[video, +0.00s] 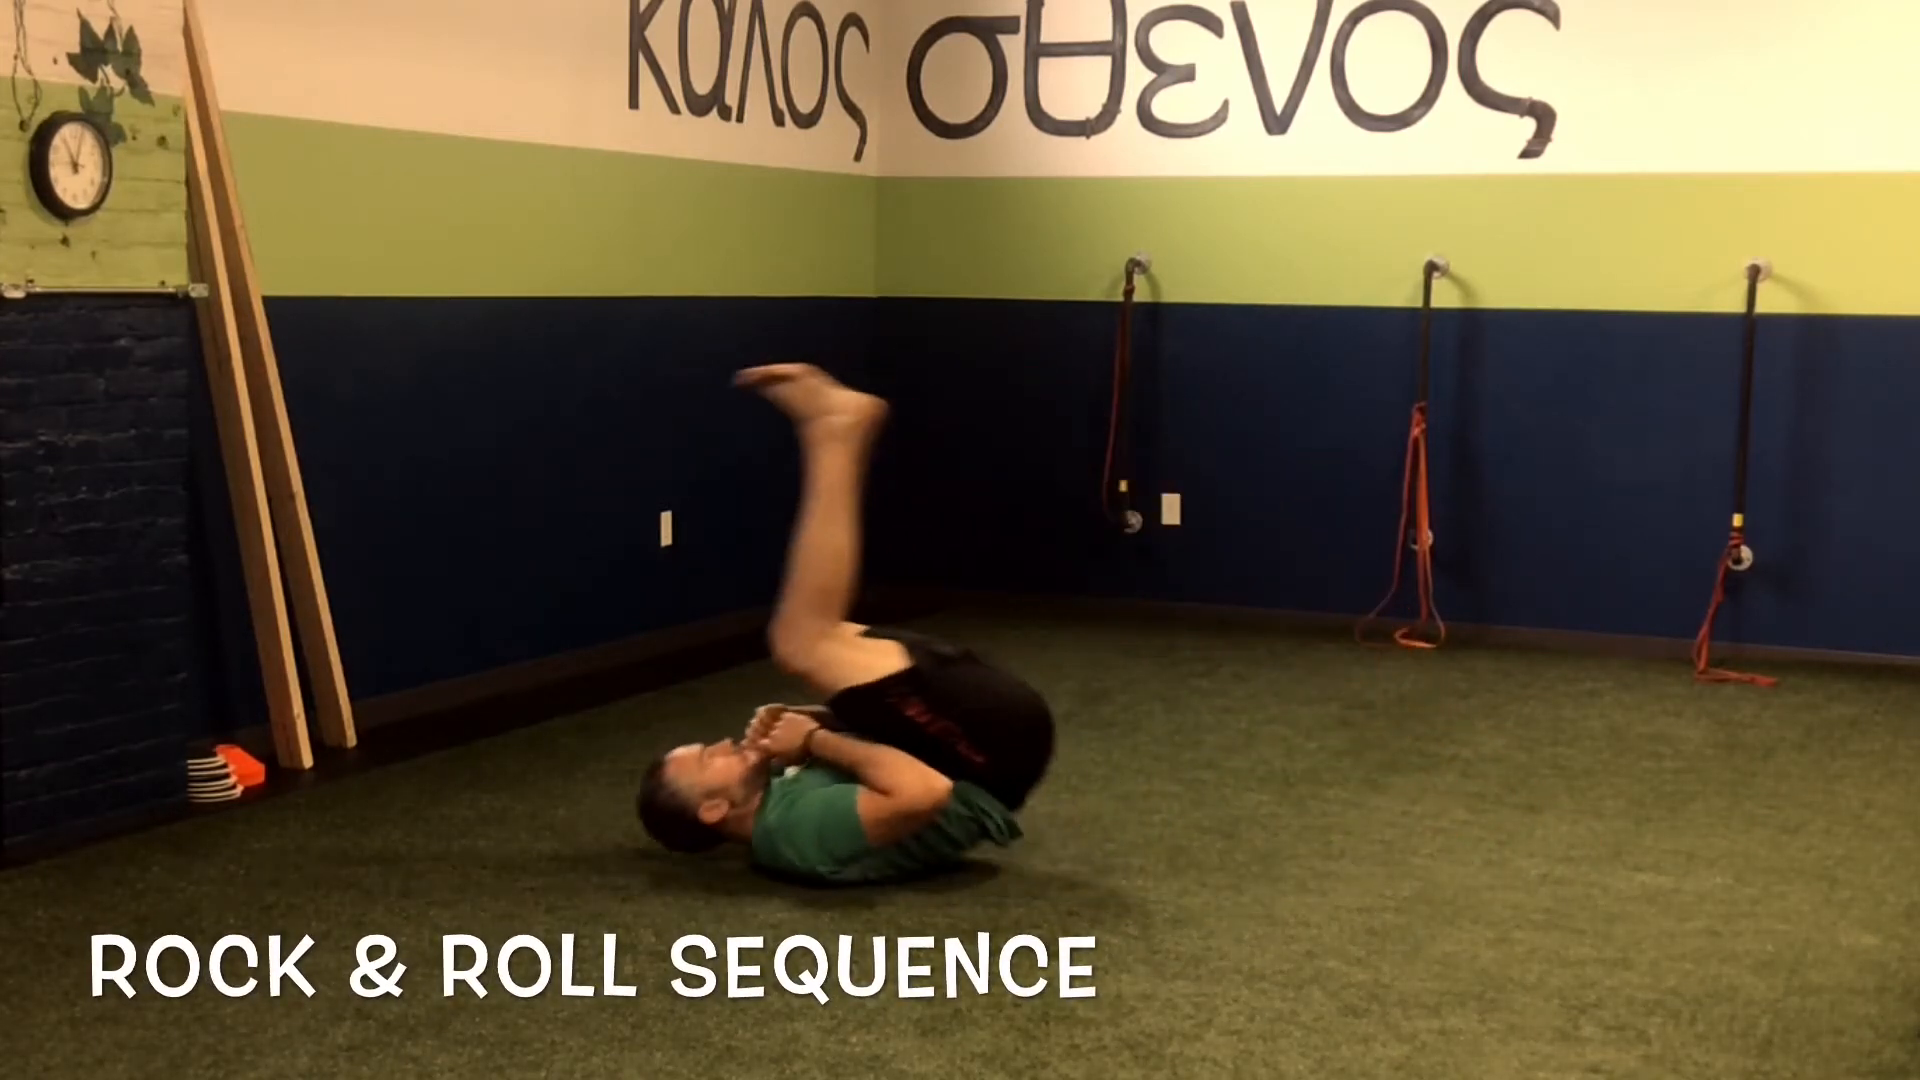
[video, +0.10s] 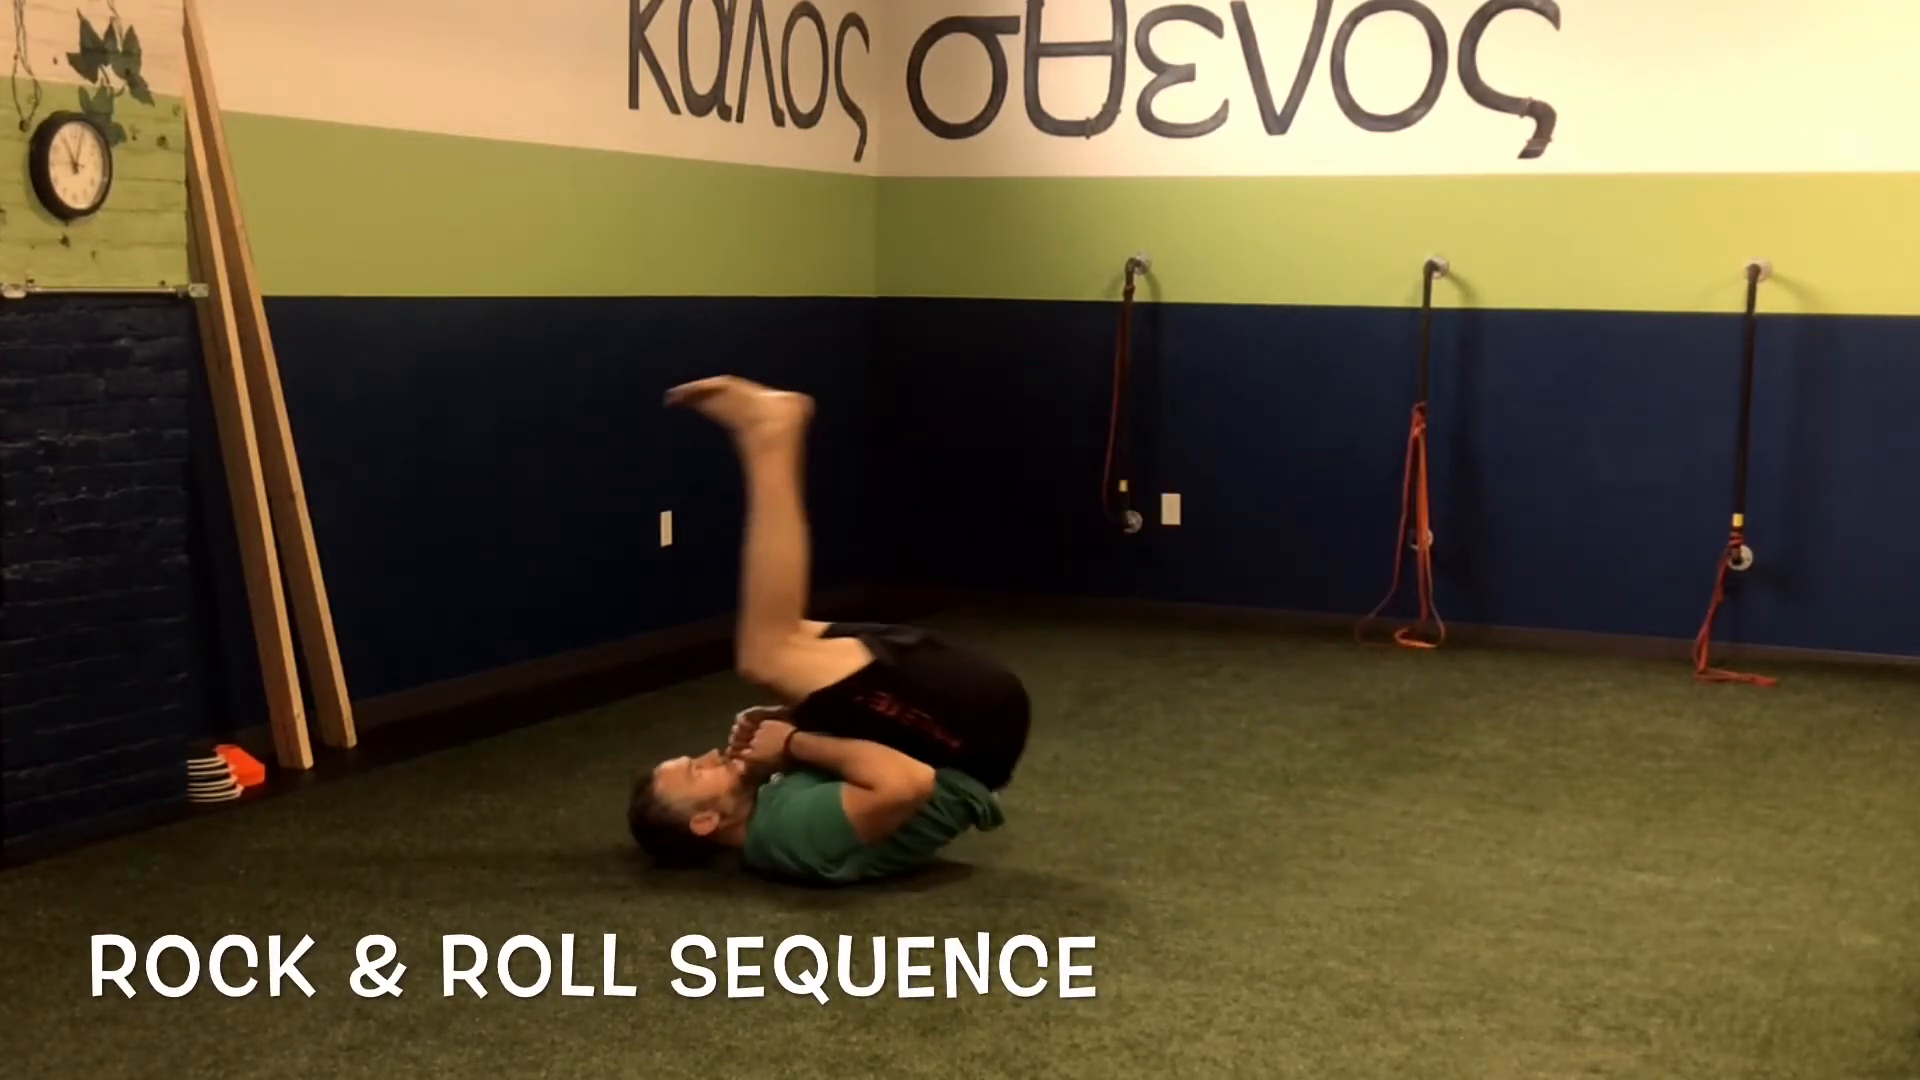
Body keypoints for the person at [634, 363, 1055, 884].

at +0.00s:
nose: (724, 743)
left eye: (705, 745)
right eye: (706, 755)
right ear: (716, 807)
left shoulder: (785, 803)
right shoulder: (792, 830)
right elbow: (925, 793)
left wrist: (799, 742)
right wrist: (814, 740)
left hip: (1005, 736)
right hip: (1001, 749)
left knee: (827, 635)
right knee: (801, 641)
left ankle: (840, 428)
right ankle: (835, 428)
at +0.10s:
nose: (708, 753)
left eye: (691, 757)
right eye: (694, 770)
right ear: (707, 820)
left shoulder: (770, 809)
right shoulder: (787, 830)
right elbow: (910, 783)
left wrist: (774, 756)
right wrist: (792, 743)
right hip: (981, 729)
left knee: (789, 638)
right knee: (766, 653)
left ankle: (772, 434)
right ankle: (770, 432)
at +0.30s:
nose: (702, 765)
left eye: (684, 771)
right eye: (688, 782)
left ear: (708, 825)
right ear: (705, 828)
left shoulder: (763, 809)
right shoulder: (781, 835)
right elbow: (898, 767)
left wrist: (752, 737)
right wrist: (773, 750)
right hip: (957, 697)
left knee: (745, 644)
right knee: (725, 669)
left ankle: (692, 451)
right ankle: (689, 449)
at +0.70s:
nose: (701, 766)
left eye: (686, 770)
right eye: (689, 782)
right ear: (703, 831)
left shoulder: (758, 812)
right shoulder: (785, 832)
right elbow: (907, 774)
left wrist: (769, 749)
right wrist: (782, 743)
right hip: (971, 710)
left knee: (771, 638)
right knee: (747, 659)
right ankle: (767, 436)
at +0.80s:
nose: (706, 758)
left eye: (688, 761)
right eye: (692, 774)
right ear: (706, 822)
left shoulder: (766, 812)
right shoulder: (787, 832)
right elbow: (913, 782)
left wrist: (779, 739)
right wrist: (793, 741)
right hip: (983, 729)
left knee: (797, 633)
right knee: (772, 641)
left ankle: (836, 432)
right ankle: (835, 432)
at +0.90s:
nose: (718, 745)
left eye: (700, 746)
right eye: (701, 759)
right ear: (710, 809)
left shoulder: (778, 804)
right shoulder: (790, 829)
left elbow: (871, 719)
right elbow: (922, 791)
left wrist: (793, 712)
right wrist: (808, 735)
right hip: (999, 750)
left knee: (804, 616)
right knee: (807, 626)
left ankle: (916, 435)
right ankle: (916, 435)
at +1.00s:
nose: (740, 725)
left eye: (722, 726)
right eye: (722, 737)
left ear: (726, 785)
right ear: (723, 786)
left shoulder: (788, 788)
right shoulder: (793, 818)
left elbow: (882, 719)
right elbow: (938, 797)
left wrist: (819, 699)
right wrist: (830, 726)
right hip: (1010, 775)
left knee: (852, 597)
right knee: (856, 607)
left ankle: (1006, 454)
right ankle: (1011, 454)